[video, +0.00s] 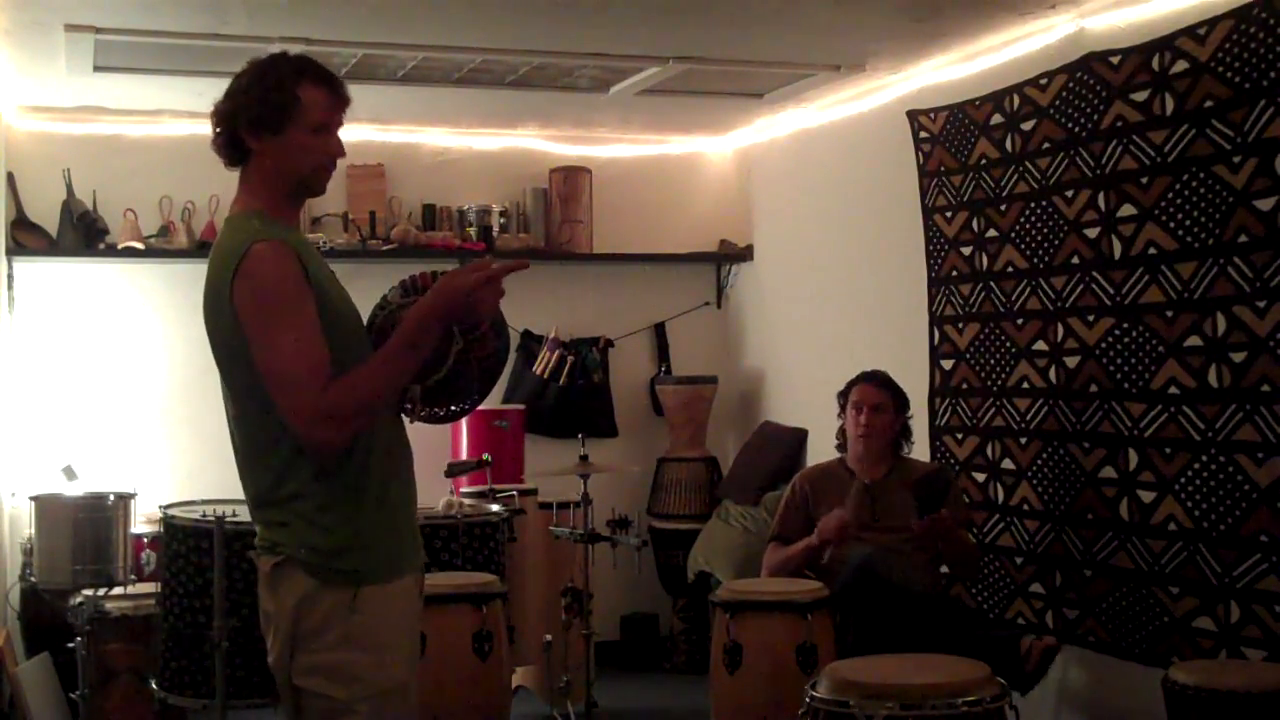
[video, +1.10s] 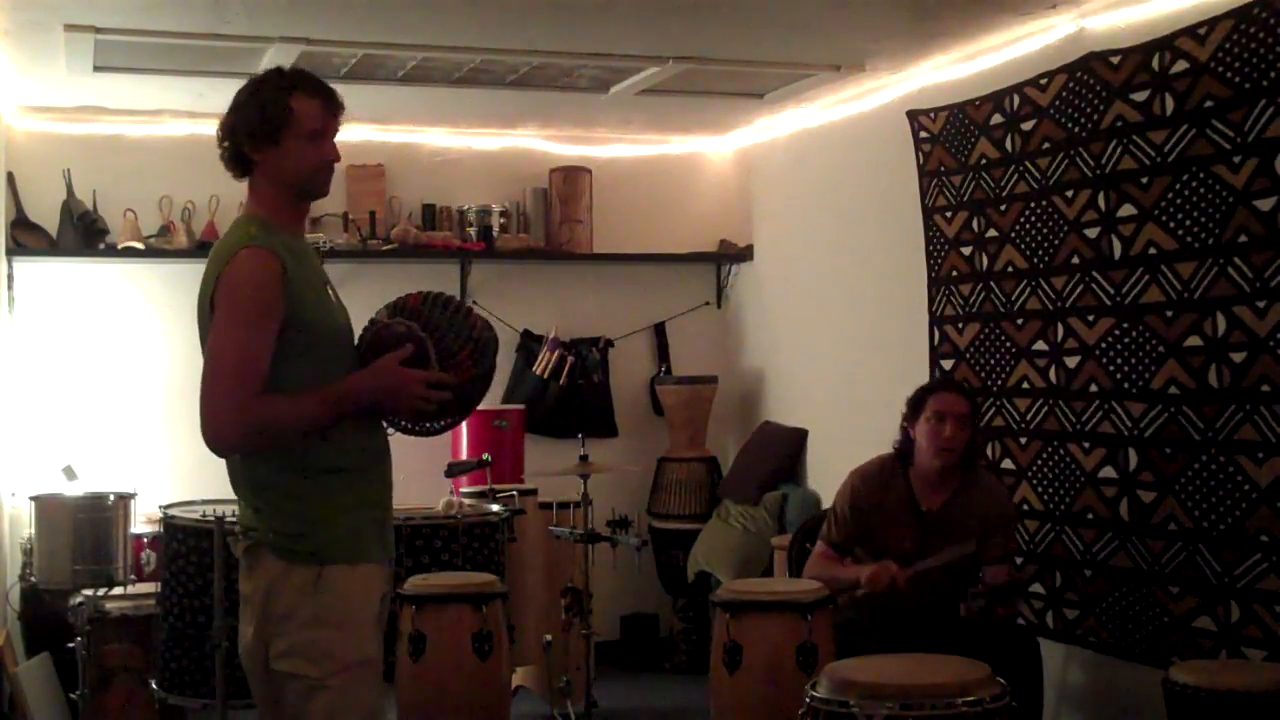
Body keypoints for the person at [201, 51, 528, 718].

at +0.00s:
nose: (339, 148)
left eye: (337, 130)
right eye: (322, 129)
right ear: (260, 135)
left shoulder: (280, 246)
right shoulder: (264, 256)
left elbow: (331, 399)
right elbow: (326, 420)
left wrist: (422, 321)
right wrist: (437, 313)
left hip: (350, 572)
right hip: (338, 581)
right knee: (353, 709)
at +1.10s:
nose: (334, 153)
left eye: (334, 136)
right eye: (318, 137)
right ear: (263, 147)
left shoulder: (290, 252)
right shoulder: (255, 257)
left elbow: (291, 393)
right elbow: (227, 423)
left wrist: (373, 366)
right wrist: (363, 392)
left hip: (335, 558)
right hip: (307, 564)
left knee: (343, 704)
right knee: (322, 706)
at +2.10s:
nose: (312, 152)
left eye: (309, 138)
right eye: (295, 139)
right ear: (241, 152)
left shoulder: (262, 261)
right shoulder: (226, 262)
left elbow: (259, 398)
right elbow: (194, 416)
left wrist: (349, 378)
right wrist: (331, 395)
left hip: (305, 562)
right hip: (281, 568)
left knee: (314, 706)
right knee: (300, 708)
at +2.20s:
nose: (312, 160)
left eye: (310, 145)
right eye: (294, 146)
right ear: (241, 156)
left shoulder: (260, 261)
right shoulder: (224, 263)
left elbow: (258, 398)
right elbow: (195, 416)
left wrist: (348, 379)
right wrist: (331, 393)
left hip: (307, 560)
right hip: (281, 566)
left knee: (315, 705)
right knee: (300, 707)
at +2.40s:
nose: (315, 158)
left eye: (313, 144)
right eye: (297, 145)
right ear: (244, 157)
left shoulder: (263, 261)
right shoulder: (225, 261)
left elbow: (261, 398)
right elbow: (189, 412)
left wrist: (354, 388)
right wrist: (330, 392)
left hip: (310, 557)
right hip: (281, 563)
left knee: (320, 704)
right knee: (302, 707)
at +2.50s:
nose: (316, 155)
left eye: (313, 141)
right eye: (298, 143)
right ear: (244, 156)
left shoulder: (267, 261)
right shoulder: (228, 259)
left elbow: (265, 395)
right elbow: (189, 411)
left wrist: (355, 376)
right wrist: (331, 393)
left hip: (308, 556)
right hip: (281, 562)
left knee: (316, 705)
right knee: (305, 707)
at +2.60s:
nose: (317, 160)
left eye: (316, 146)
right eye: (300, 146)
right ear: (247, 157)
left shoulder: (264, 261)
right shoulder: (227, 260)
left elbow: (262, 397)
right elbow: (190, 411)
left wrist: (355, 381)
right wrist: (333, 393)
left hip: (308, 558)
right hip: (282, 563)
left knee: (314, 705)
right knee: (304, 707)